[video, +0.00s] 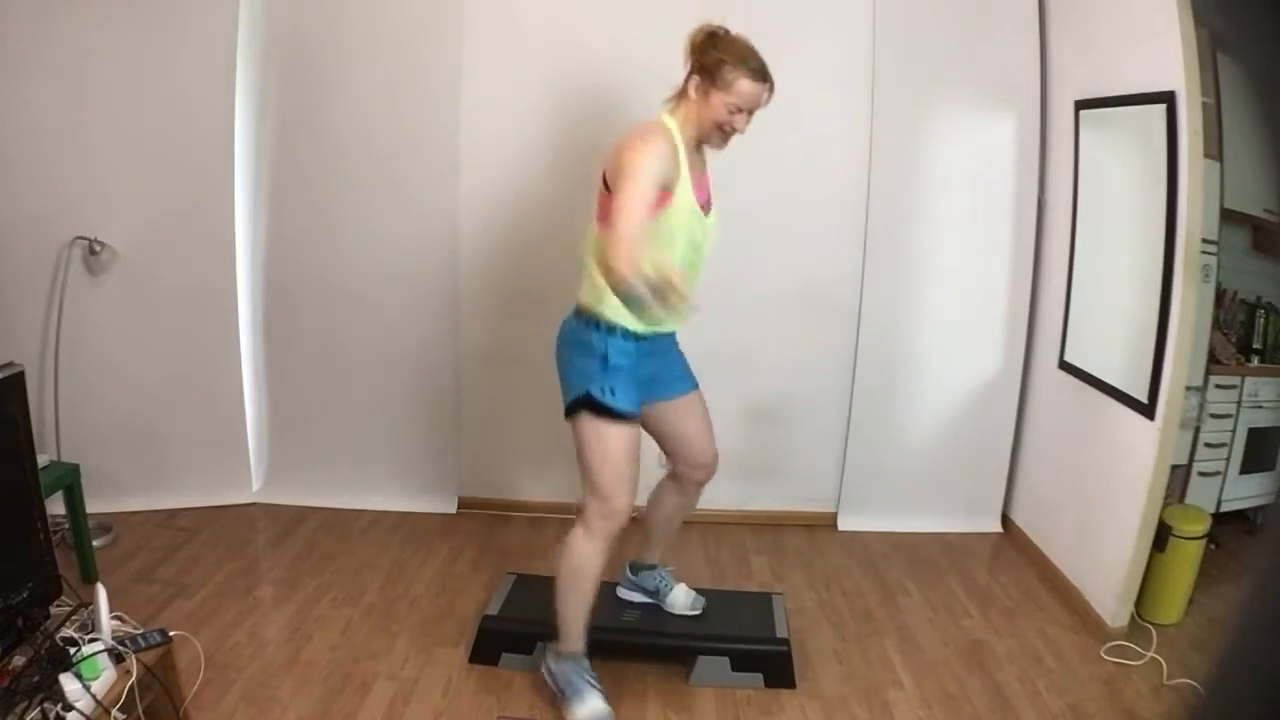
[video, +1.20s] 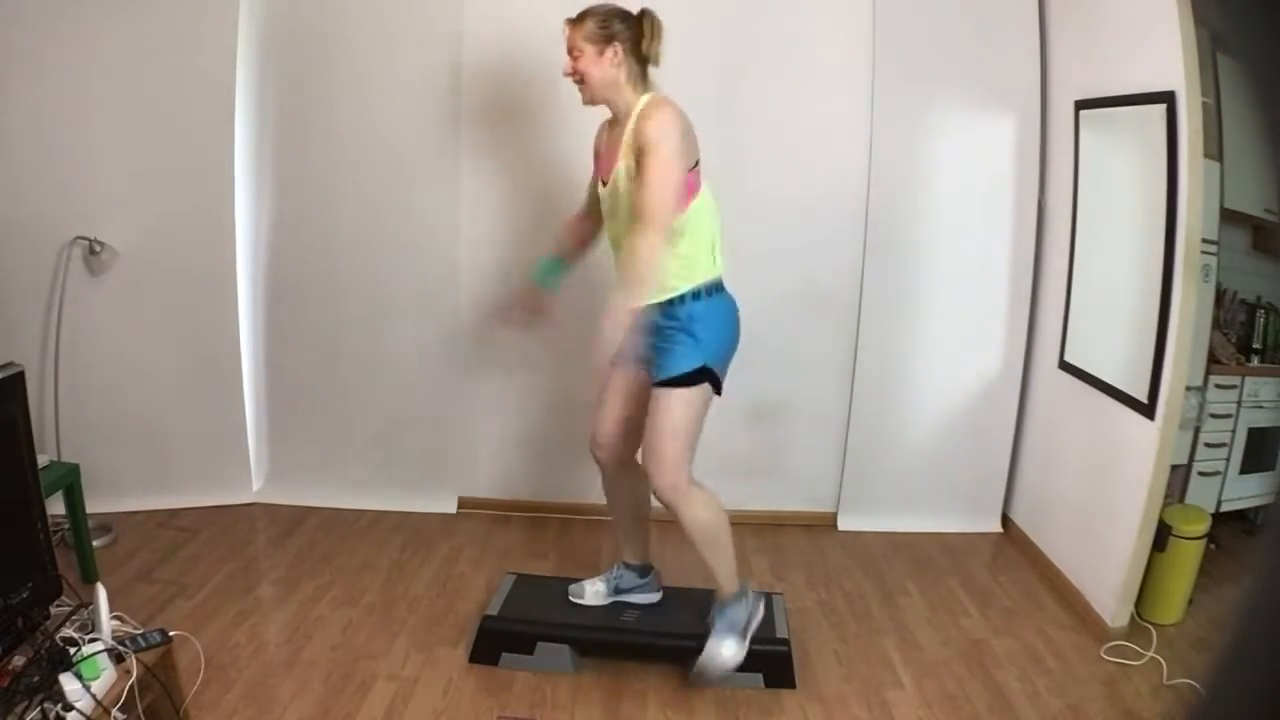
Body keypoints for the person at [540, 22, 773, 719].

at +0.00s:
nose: (741, 125)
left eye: (750, 114)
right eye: (736, 108)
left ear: (716, 100)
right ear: (697, 87)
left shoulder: (693, 158)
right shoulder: (647, 150)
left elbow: (656, 250)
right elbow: (618, 254)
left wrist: (665, 292)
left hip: (655, 345)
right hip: (603, 345)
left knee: (695, 462)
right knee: (606, 510)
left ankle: (643, 573)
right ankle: (565, 656)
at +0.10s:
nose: (734, 149)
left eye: (743, 139)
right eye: (729, 133)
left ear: (694, 119)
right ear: (688, 113)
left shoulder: (667, 177)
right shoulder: (650, 184)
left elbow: (649, 296)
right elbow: (655, 307)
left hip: (646, 371)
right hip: (601, 379)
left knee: (725, 466)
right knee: (617, 542)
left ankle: (650, 563)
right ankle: (566, 676)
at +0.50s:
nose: (731, 128)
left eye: (744, 116)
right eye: (720, 113)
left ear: (754, 117)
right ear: (691, 105)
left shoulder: (716, 171)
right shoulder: (655, 175)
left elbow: (684, 267)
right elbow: (629, 289)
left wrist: (716, 335)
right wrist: (716, 337)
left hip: (687, 365)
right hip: (627, 369)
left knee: (735, 496)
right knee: (619, 529)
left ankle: (693, 569)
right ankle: (567, 673)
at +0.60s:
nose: (703, 103)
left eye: (718, 91)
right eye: (693, 88)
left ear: (747, 93)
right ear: (682, 84)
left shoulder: (757, 164)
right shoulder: (646, 149)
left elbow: (744, 254)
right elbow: (590, 243)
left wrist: (748, 329)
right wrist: (659, 289)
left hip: (702, 348)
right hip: (630, 343)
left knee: (724, 487)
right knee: (621, 503)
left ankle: (689, 572)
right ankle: (574, 651)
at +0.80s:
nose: (635, 49)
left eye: (647, 35)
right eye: (631, 36)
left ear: (694, 35)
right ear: (630, 40)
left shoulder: (749, 116)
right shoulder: (621, 108)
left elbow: (770, 209)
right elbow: (594, 171)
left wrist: (767, 288)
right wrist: (589, 213)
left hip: (715, 314)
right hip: (636, 305)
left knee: (711, 462)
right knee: (596, 450)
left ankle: (696, 569)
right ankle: (611, 564)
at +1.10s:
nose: (569, 69)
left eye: (578, 55)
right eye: (568, 56)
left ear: (620, 54)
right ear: (610, 58)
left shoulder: (677, 127)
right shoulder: (600, 133)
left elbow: (722, 232)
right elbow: (614, 230)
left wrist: (734, 330)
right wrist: (614, 307)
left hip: (693, 323)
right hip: (635, 320)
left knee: (676, 473)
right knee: (605, 445)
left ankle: (732, 566)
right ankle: (635, 571)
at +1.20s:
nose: (567, 69)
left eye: (576, 55)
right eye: (567, 56)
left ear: (615, 55)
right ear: (604, 58)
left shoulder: (661, 121)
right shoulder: (611, 132)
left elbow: (656, 231)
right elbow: (591, 217)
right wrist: (544, 279)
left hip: (695, 312)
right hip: (648, 310)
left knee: (666, 470)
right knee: (611, 445)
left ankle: (737, 600)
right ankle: (635, 572)